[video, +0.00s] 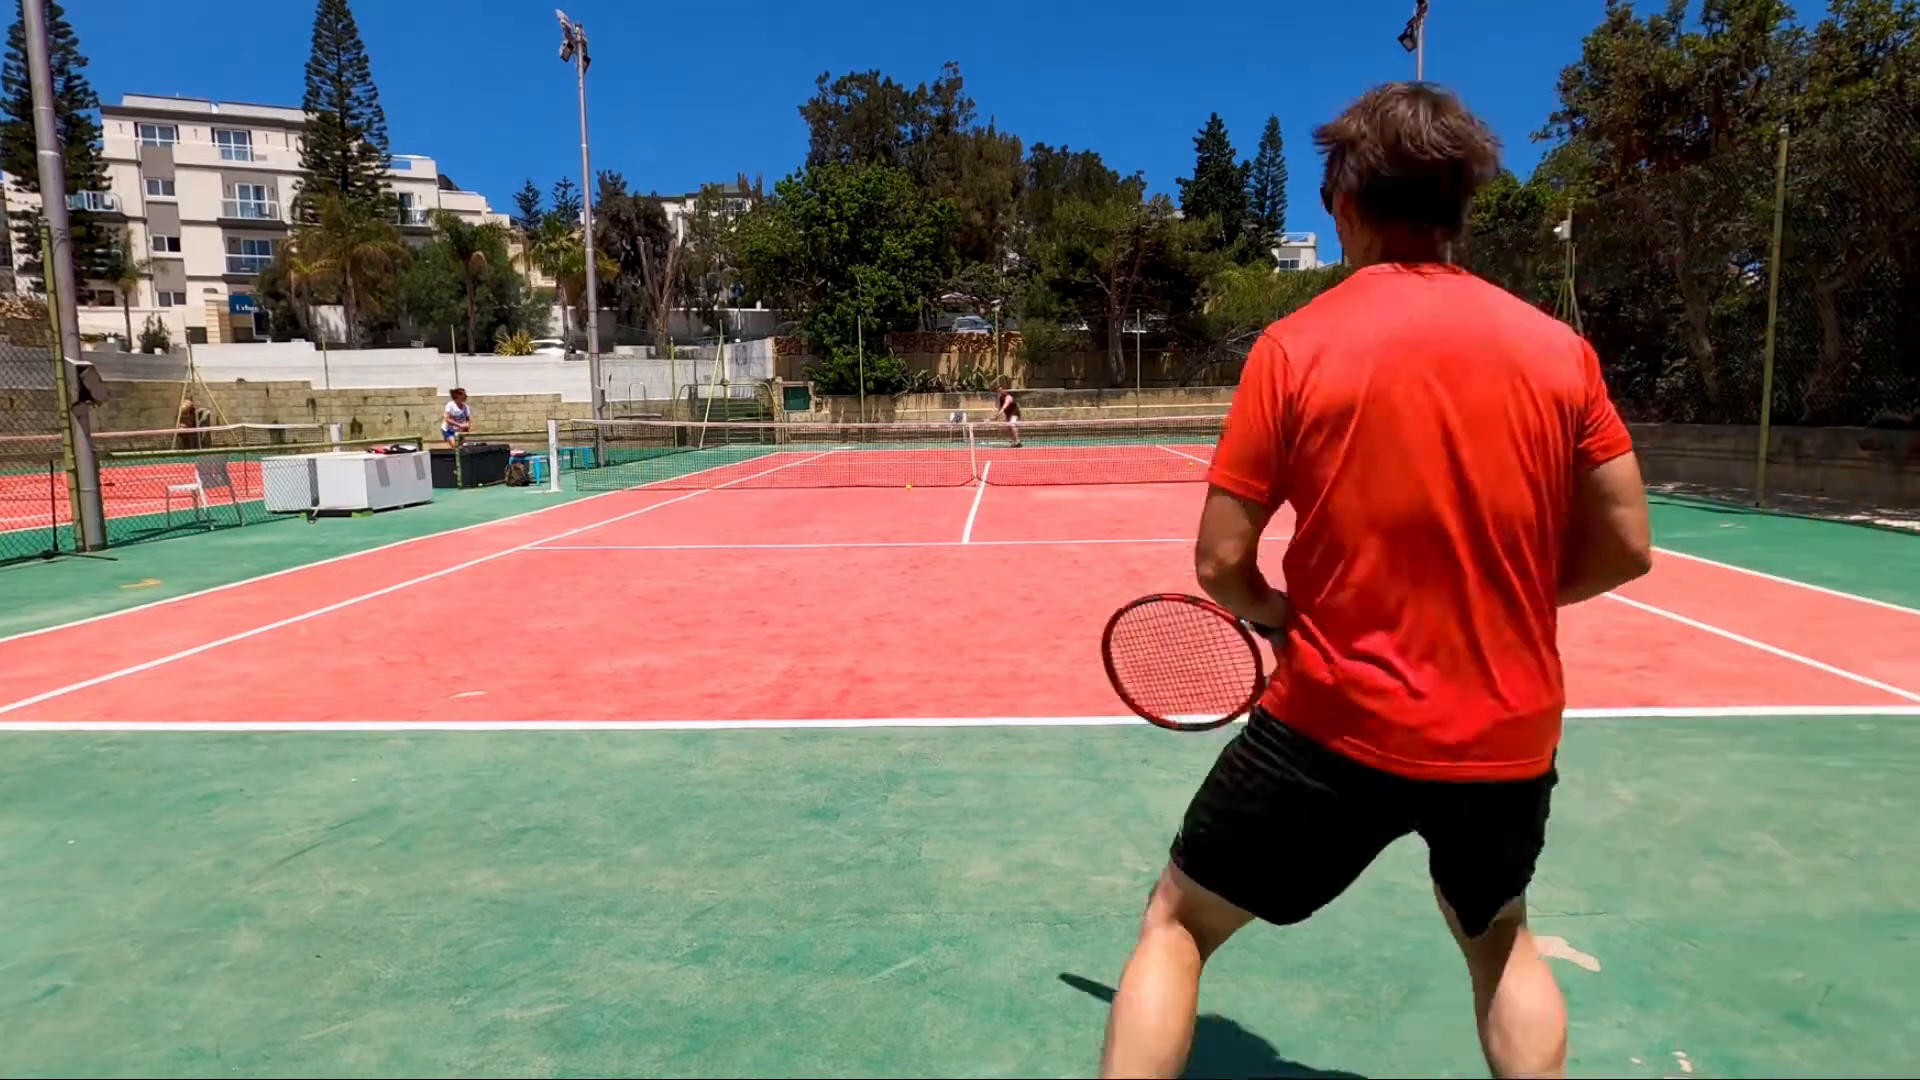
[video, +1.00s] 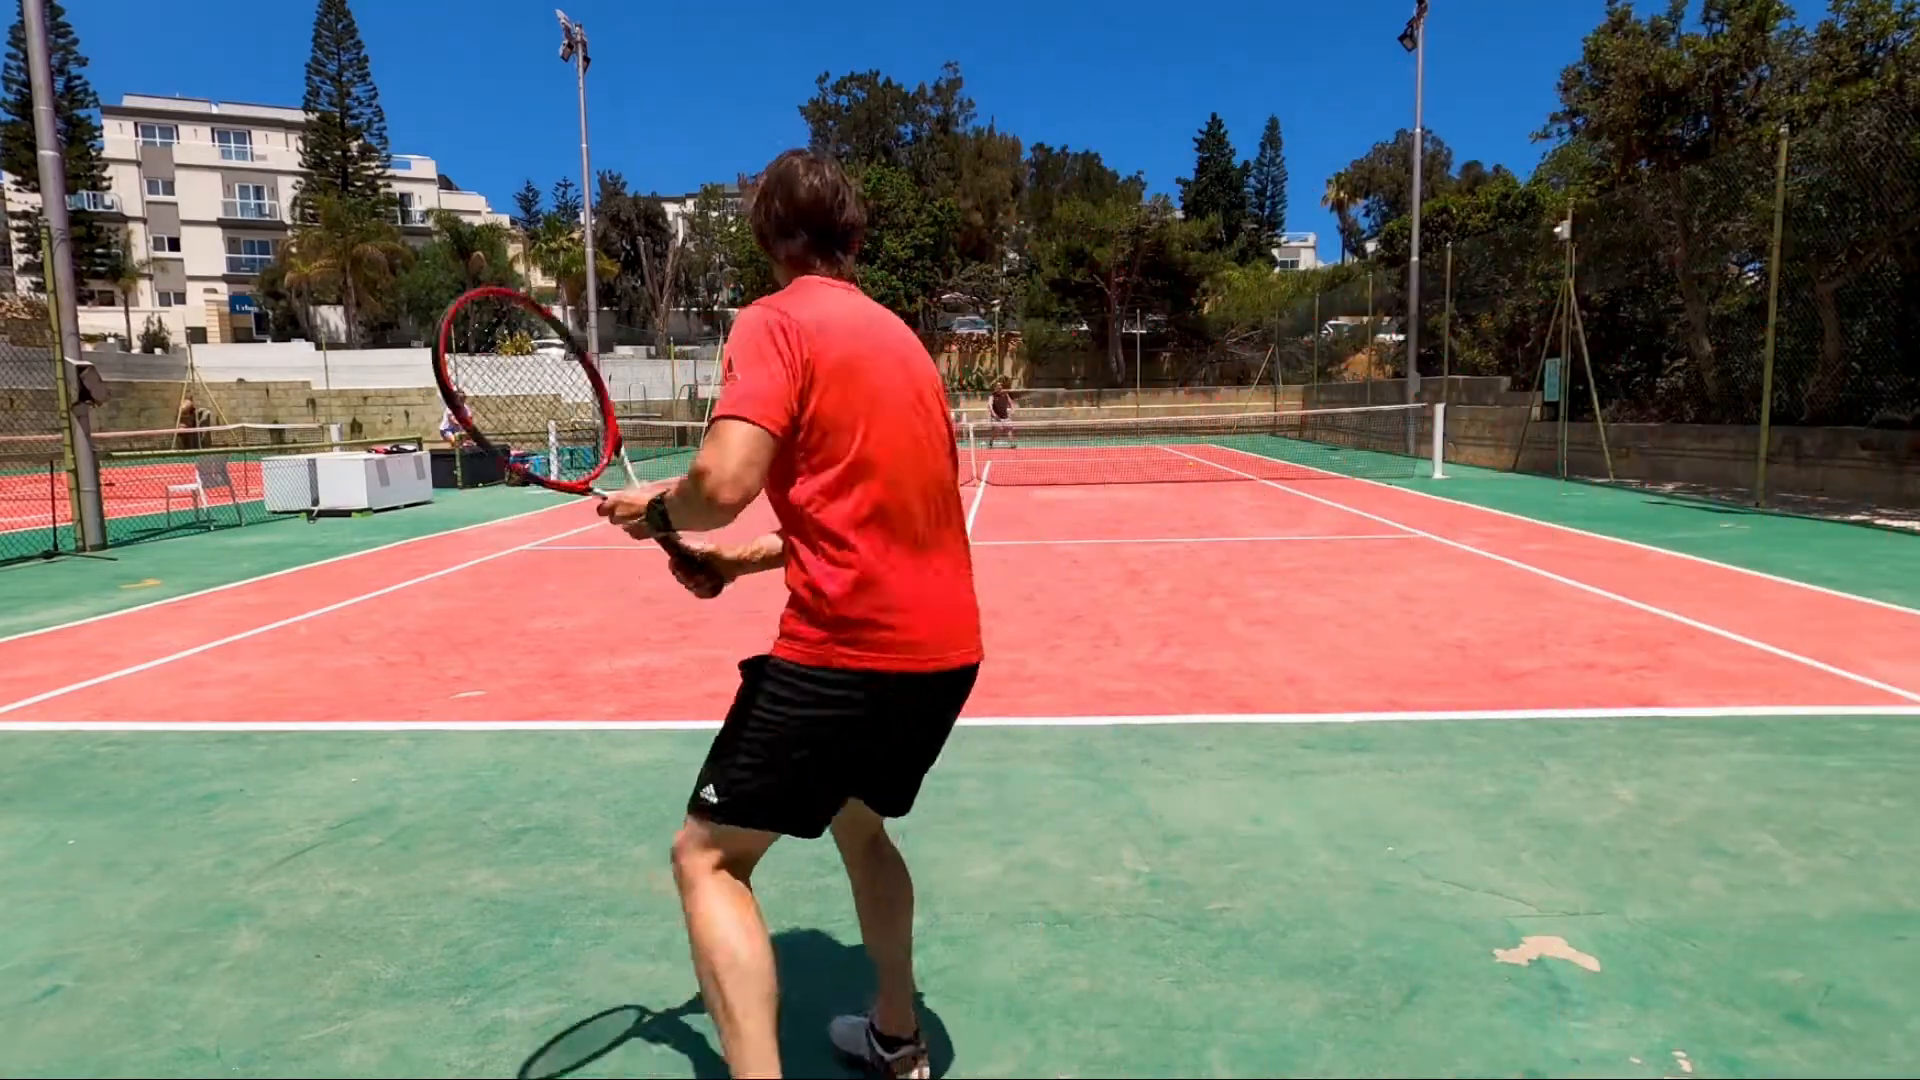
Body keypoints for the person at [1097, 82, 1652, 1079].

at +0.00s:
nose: (1332, 204)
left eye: (1336, 186)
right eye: (1338, 185)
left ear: (1349, 198)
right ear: (1464, 203)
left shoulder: (1297, 347)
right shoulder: (1555, 347)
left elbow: (1222, 561)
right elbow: (1621, 546)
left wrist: (1285, 614)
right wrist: (1497, 590)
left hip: (1336, 729)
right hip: (1505, 739)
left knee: (1182, 924)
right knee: (1501, 934)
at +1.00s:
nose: (755, 240)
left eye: (756, 227)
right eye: (761, 228)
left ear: (768, 232)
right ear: (851, 235)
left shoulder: (776, 323)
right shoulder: (900, 339)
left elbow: (724, 486)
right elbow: (878, 510)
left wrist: (661, 507)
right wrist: (740, 558)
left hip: (837, 648)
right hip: (943, 647)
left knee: (709, 855)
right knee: (859, 819)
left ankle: (755, 1072)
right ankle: (897, 1029)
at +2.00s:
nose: (561, 179)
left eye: (558, 165)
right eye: (564, 165)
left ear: (570, 162)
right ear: (658, 148)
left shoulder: (596, 242)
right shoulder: (729, 239)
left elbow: (630, 384)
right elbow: (750, 396)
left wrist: (585, 551)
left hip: (683, 567)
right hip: (776, 558)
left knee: (717, 825)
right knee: (766, 781)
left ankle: (902, 997)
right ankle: (778, 992)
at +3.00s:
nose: (724, 250)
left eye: (717, 239)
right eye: (724, 239)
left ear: (636, 239)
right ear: (713, 242)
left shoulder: (572, 324)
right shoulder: (747, 336)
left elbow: (500, 451)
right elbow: (792, 485)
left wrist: (569, 509)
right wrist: (727, 538)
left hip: (583, 597)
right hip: (699, 603)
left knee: (555, 765)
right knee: (754, 787)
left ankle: (509, 957)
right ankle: (738, 1010)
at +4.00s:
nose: (637, 299)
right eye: (636, 290)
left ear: (566, 292)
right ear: (634, 294)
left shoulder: (518, 366)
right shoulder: (668, 377)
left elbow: (469, 472)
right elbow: (690, 494)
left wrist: (535, 502)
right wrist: (638, 526)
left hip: (542, 582)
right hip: (639, 579)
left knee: (515, 714)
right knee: (704, 713)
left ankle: (482, 861)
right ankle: (720, 867)